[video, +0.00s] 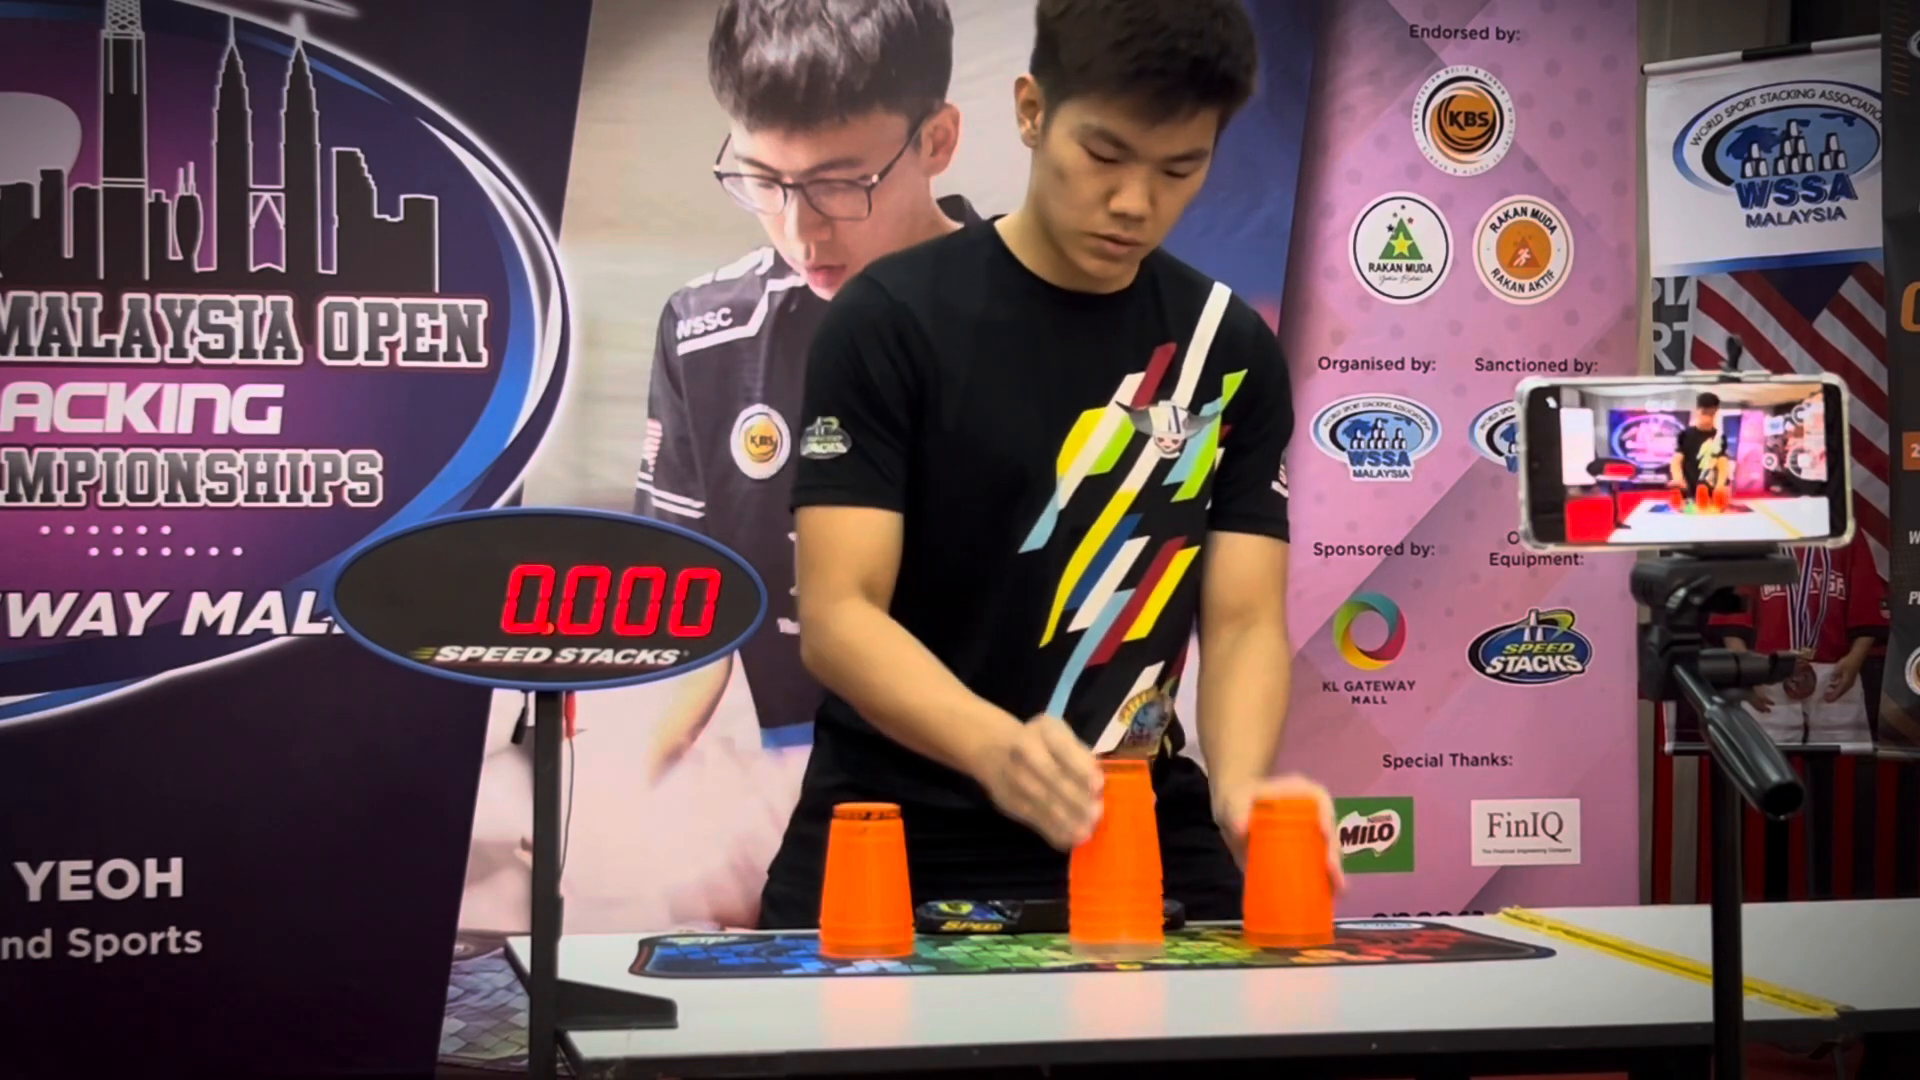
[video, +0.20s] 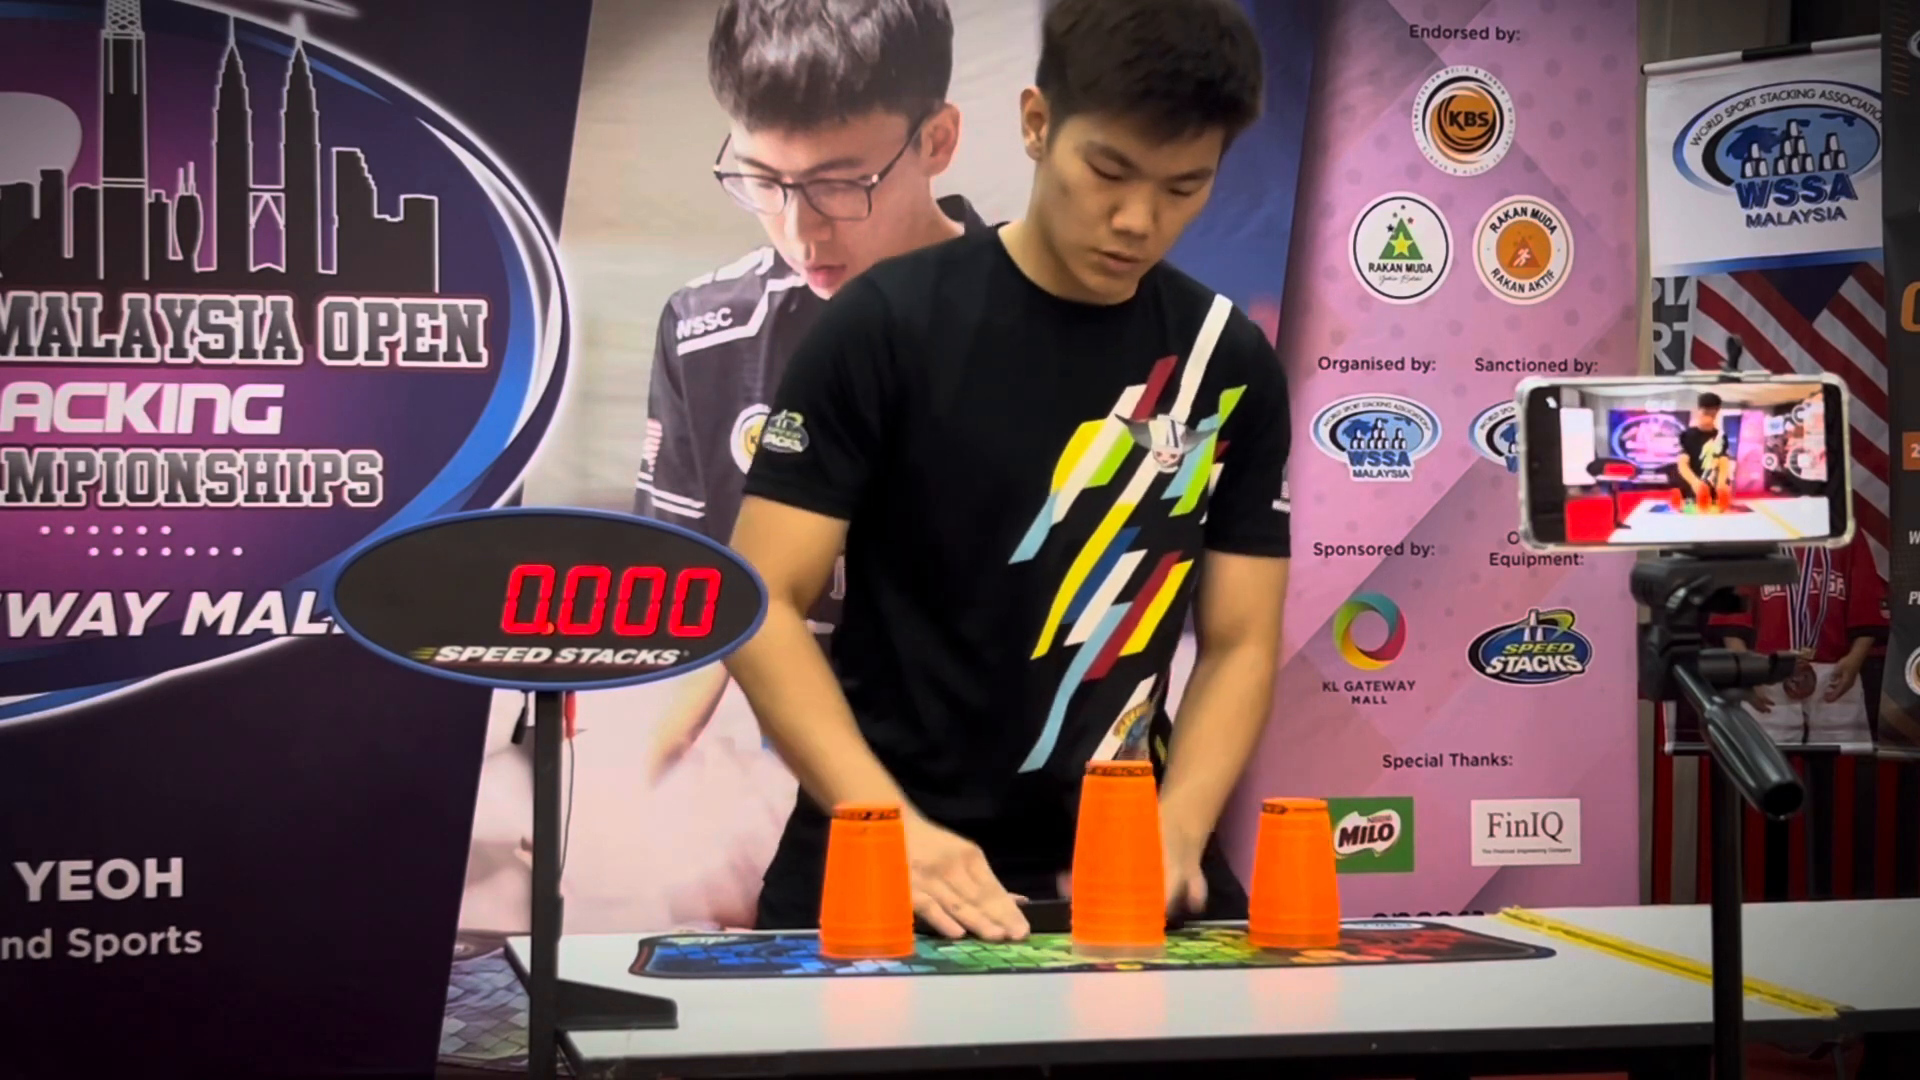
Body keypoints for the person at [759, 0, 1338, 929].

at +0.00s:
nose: (1133, 204)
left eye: (1176, 168)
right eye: (1103, 153)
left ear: (1212, 154)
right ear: (1030, 113)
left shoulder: (1233, 351)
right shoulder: (890, 319)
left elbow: (1244, 619)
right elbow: (836, 618)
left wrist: (1241, 781)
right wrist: (993, 748)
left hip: (1141, 858)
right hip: (892, 856)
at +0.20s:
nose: (1137, 221)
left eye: (1181, 186)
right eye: (1108, 169)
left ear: (1216, 171)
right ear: (1035, 124)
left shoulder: (1230, 369)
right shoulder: (883, 324)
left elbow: (1239, 642)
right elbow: (757, 601)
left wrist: (1177, 837)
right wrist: (887, 824)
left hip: (1102, 903)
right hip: (873, 892)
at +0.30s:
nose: (1134, 240)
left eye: (1179, 206)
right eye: (1104, 189)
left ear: (1214, 185)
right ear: (1031, 142)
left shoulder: (1224, 384)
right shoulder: (879, 340)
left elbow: (1246, 663)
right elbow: (744, 611)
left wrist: (1184, 847)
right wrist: (870, 840)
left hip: (1103, 911)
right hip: (871, 898)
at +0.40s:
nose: (1130, 254)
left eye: (1176, 220)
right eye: (1103, 203)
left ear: (1211, 196)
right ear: (1029, 157)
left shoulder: (1219, 395)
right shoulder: (879, 350)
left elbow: (1246, 668)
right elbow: (740, 617)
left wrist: (1183, 848)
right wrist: (870, 847)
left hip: (1091, 915)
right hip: (860, 901)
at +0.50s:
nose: (1130, 259)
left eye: (1175, 225)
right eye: (1102, 208)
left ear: (1210, 202)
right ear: (1028, 163)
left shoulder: (1217, 400)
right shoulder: (878, 353)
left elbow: (1242, 673)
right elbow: (737, 620)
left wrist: (1180, 852)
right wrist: (872, 849)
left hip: (1090, 920)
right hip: (857, 905)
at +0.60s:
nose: (1128, 262)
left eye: (1173, 228)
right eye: (1101, 210)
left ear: (1209, 204)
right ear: (1027, 164)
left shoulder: (1216, 400)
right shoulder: (877, 353)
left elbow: (1243, 673)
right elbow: (737, 620)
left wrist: (1179, 853)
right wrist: (871, 848)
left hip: (1090, 918)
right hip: (857, 904)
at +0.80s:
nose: (1125, 266)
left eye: (1171, 232)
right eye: (1098, 214)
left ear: (1207, 208)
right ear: (1026, 167)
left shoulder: (1214, 402)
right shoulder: (874, 355)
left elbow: (1242, 677)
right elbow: (736, 621)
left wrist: (1176, 854)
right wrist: (867, 850)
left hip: (1089, 920)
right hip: (856, 906)